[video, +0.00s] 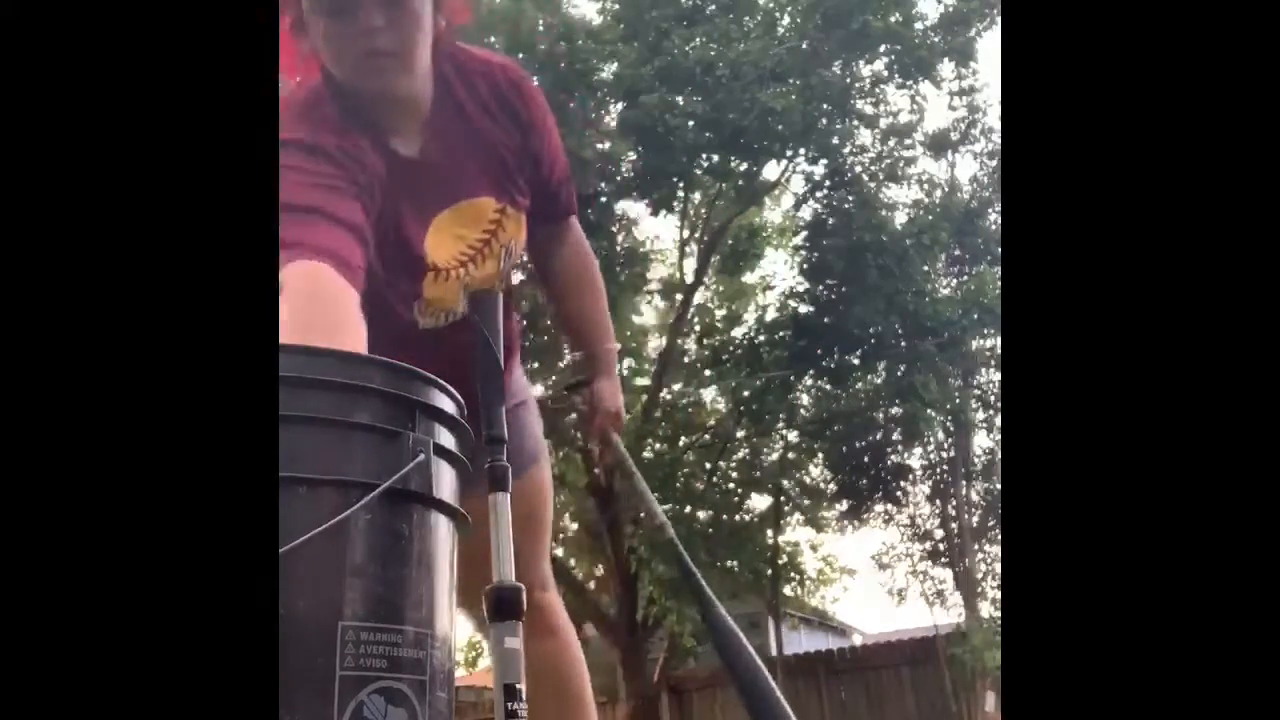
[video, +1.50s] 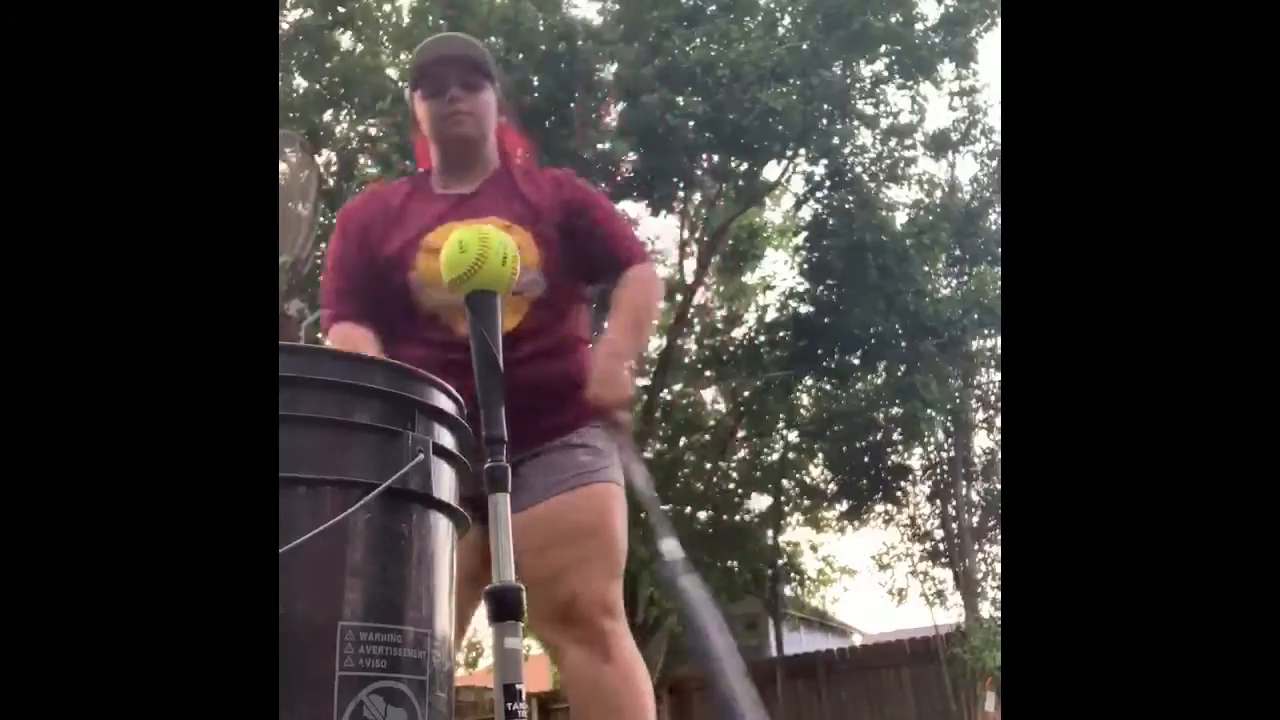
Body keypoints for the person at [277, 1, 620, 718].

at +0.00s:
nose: (375, 20)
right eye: (344, 4)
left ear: (435, 9)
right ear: (306, 23)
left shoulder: (503, 92)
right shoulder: (306, 128)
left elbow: (559, 234)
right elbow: (312, 280)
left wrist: (604, 367)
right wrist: (323, 455)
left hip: (488, 381)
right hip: (369, 390)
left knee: (528, 599)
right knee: (351, 604)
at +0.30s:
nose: (465, 18)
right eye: (433, 3)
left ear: (513, 13)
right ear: (392, 28)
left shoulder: (555, 113)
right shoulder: (349, 143)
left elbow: (588, 248)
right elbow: (300, 244)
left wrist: (640, 358)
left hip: (518, 403)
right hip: (387, 412)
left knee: (589, 614)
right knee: (374, 634)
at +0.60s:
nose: (562, 33)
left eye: (583, 18)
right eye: (543, 18)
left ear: (611, 38)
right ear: (513, 32)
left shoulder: (656, 153)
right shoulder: (462, 135)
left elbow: (687, 279)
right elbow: (357, 237)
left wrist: (711, 384)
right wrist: (388, 210)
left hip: (616, 430)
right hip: (478, 426)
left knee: (647, 638)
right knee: (458, 616)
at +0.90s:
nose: (596, 51)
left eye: (613, 35)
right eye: (576, 38)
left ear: (641, 50)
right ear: (553, 55)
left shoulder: (690, 168)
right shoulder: (519, 141)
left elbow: (714, 285)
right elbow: (474, 183)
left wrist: (743, 373)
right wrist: (458, 206)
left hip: (638, 424)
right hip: (503, 413)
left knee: (642, 621)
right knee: (458, 602)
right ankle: (397, 709)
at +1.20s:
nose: (553, 75)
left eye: (569, 62)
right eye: (535, 64)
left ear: (597, 81)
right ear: (511, 84)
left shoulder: (645, 185)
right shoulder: (475, 164)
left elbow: (683, 293)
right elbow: (435, 232)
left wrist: (725, 365)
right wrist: (462, 217)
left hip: (608, 432)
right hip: (477, 434)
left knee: (624, 620)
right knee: (441, 645)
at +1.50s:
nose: (455, 97)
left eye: (471, 84)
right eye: (437, 88)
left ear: (497, 101)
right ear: (416, 111)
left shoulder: (555, 194)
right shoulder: (370, 215)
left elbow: (639, 272)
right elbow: (347, 325)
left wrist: (615, 356)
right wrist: (380, 412)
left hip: (556, 442)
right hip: (433, 451)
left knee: (591, 623)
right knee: (410, 642)